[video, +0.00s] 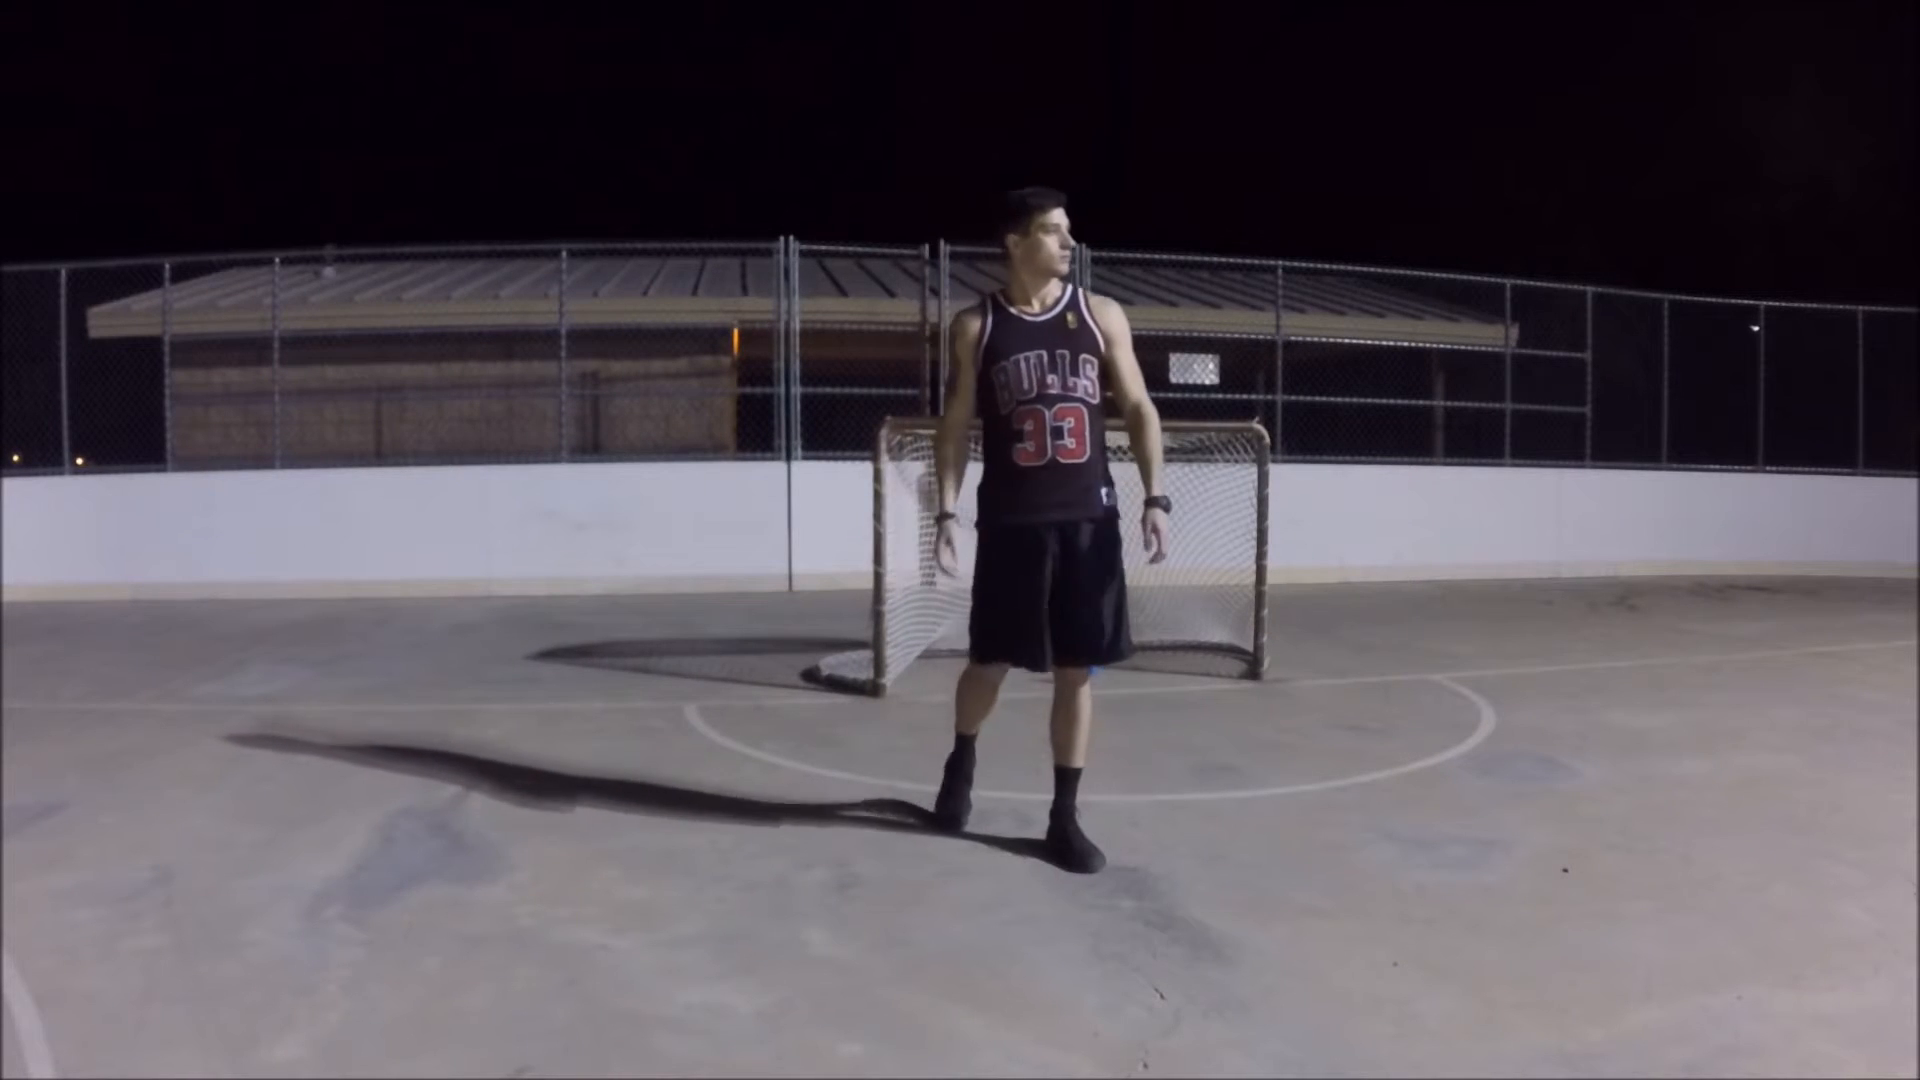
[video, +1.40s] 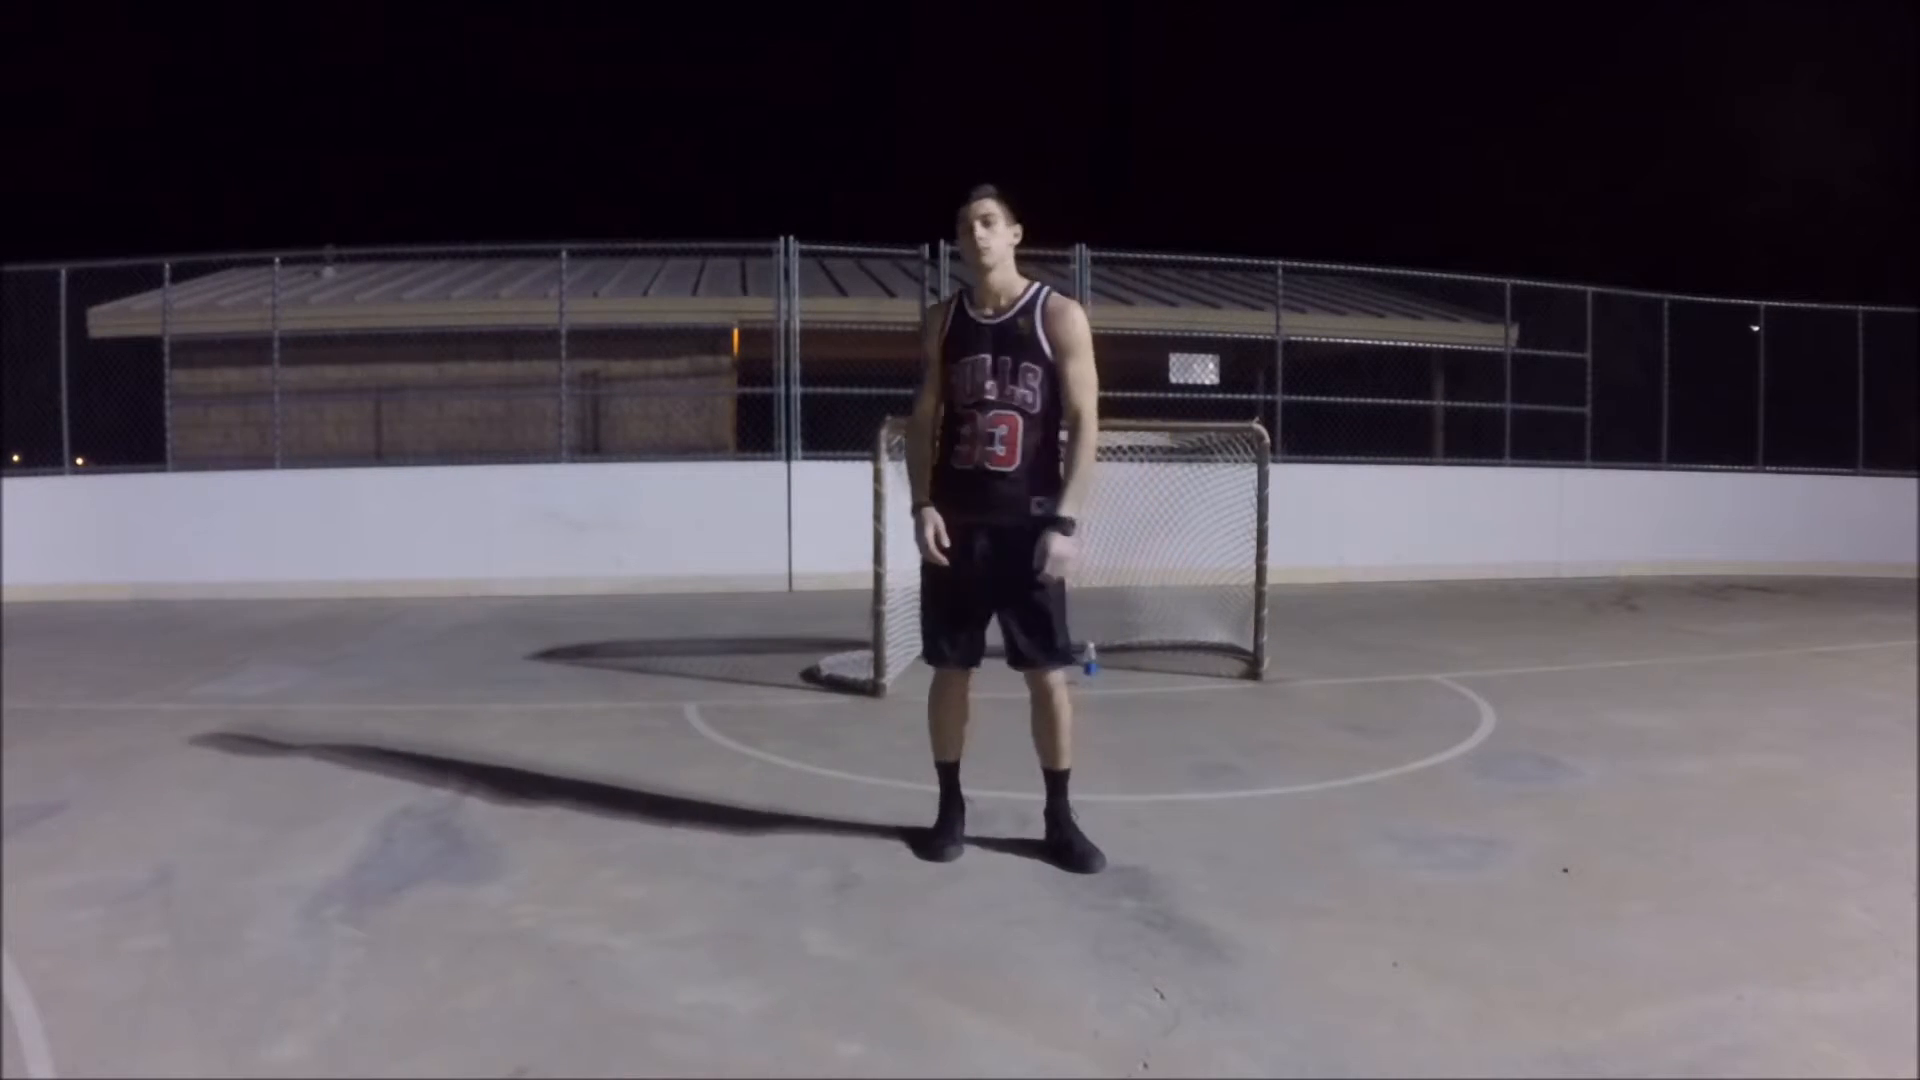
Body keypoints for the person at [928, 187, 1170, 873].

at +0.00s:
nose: (1067, 241)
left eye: (1067, 231)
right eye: (1054, 232)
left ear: (1064, 243)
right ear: (1014, 243)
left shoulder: (1103, 315)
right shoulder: (976, 326)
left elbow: (1139, 408)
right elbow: (956, 423)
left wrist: (1155, 495)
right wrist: (944, 508)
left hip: (1088, 522)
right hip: (1011, 524)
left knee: (1076, 668)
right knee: (989, 662)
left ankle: (1065, 818)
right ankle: (960, 764)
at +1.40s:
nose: (977, 235)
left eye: (989, 222)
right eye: (968, 226)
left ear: (1016, 233)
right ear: (958, 241)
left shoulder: (1060, 315)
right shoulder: (945, 317)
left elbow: (1085, 423)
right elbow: (923, 416)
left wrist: (1067, 519)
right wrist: (923, 502)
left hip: (1032, 525)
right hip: (956, 523)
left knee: (1047, 672)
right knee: (950, 667)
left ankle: (1060, 818)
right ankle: (949, 809)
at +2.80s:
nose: (964, 260)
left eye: (973, 246)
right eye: (952, 248)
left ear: (995, 237)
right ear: (933, 244)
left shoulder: (1032, 299)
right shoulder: (904, 301)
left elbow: (1128, 325)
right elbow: (802, 328)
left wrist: (1223, 326)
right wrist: (720, 307)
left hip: (997, 513)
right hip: (915, 510)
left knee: (1015, 656)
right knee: (874, 655)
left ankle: (1032, 799)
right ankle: (808, 777)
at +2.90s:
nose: (950, 256)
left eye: (961, 242)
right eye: (939, 244)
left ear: (978, 226)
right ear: (918, 232)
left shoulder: (1011, 271)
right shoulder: (883, 277)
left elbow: (1108, 258)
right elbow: (774, 282)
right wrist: (730, 224)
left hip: (976, 486)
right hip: (901, 487)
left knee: (971, 641)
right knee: (892, 641)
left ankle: (954, 775)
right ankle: (858, 785)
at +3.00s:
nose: (934, 272)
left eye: (942, 257)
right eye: (920, 261)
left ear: (963, 238)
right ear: (899, 247)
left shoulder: (995, 282)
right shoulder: (869, 286)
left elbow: (1090, 245)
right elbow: (770, 283)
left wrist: (1138, 169)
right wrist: (749, 203)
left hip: (955, 496)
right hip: (885, 498)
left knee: (902, 653)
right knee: (925, 656)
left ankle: (849, 778)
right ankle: (969, 807)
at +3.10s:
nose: (926, 295)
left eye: (935, 280)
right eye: (911, 284)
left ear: (949, 265)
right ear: (887, 276)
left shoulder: (978, 315)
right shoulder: (858, 318)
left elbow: (1077, 273)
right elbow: (758, 303)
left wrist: (1044, 191)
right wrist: (767, 220)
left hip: (935, 525)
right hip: (867, 520)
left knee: (884, 667)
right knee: (916, 655)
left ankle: (826, 794)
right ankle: (909, 806)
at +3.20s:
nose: (897, 299)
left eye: (907, 285)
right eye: (883, 288)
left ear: (928, 264)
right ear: (862, 275)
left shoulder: (961, 305)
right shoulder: (838, 319)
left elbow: (1070, 291)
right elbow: (734, 315)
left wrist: (1009, 258)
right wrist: (768, 246)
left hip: (941, 523)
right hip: (870, 523)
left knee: (930, 678)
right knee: (880, 666)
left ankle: (864, 770)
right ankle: (819, 800)